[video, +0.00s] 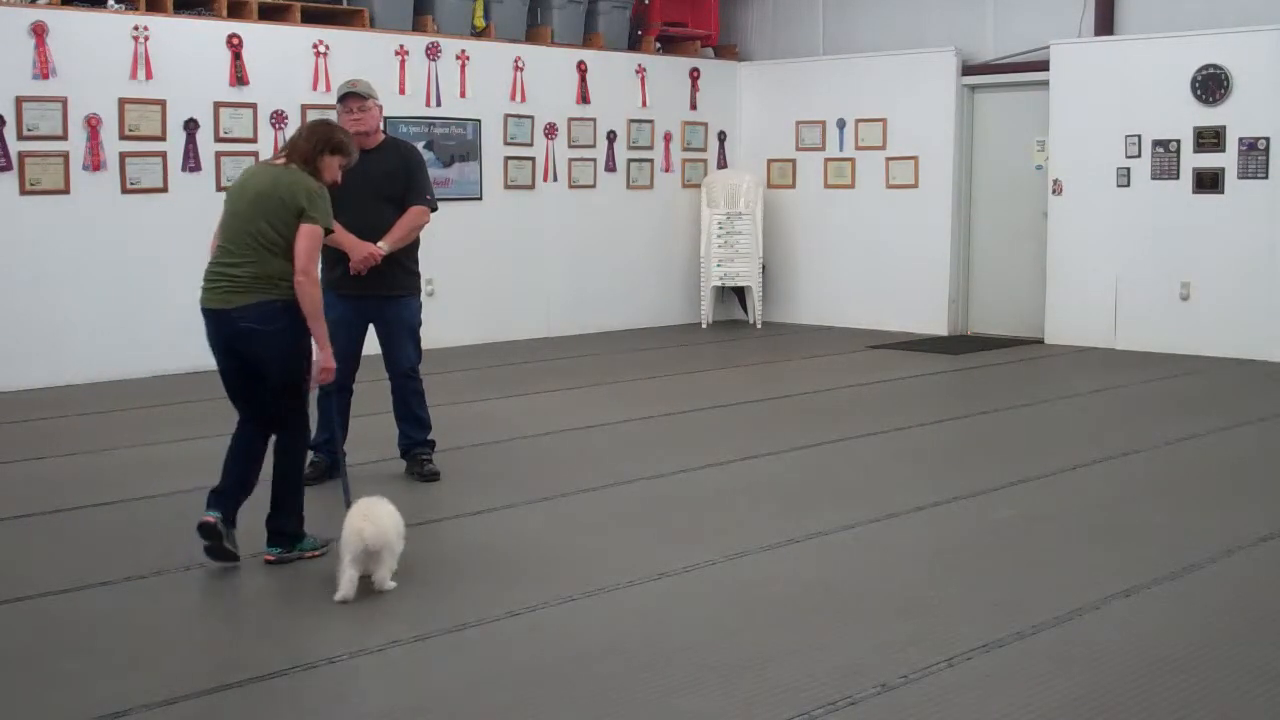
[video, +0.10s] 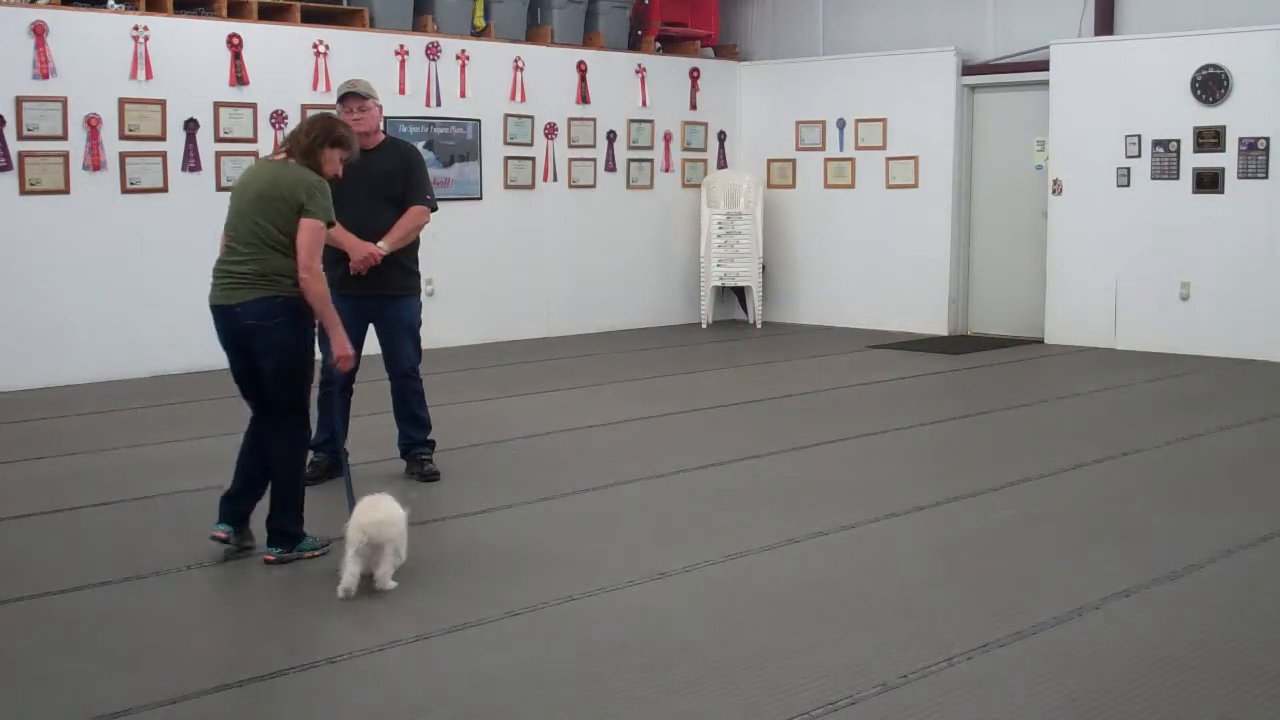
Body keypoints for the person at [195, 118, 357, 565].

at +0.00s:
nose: (340, 176)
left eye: (345, 167)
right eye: (340, 165)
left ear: (297, 151)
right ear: (318, 153)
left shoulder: (250, 176)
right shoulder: (314, 194)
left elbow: (218, 245)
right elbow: (305, 276)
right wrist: (324, 347)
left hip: (220, 312)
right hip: (273, 314)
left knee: (255, 417)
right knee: (293, 424)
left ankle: (219, 512)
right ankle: (286, 537)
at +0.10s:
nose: (340, 172)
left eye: (344, 163)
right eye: (339, 161)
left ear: (297, 145)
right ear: (317, 148)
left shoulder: (254, 173)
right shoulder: (313, 188)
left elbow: (230, 245)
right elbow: (309, 273)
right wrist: (337, 334)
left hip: (228, 308)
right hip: (277, 311)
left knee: (268, 415)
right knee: (290, 422)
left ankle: (232, 519)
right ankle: (285, 538)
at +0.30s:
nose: (339, 164)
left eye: (342, 155)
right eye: (338, 153)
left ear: (306, 140)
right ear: (317, 141)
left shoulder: (258, 172)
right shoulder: (305, 180)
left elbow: (259, 241)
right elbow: (300, 260)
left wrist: (310, 255)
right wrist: (342, 315)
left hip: (243, 305)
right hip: (283, 307)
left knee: (273, 413)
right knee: (294, 420)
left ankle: (256, 514)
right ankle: (285, 536)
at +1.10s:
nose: (343, 150)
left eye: (346, 141)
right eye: (340, 140)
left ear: (310, 133)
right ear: (316, 133)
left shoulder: (277, 170)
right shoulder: (303, 178)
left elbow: (305, 239)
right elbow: (292, 255)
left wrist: (351, 238)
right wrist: (345, 245)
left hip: (273, 298)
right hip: (299, 303)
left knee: (269, 408)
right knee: (311, 412)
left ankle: (256, 514)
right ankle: (315, 519)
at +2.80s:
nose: (363, 154)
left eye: (364, 146)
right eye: (358, 144)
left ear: (331, 140)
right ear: (335, 138)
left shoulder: (307, 177)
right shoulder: (314, 179)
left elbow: (331, 236)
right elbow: (317, 253)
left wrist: (356, 257)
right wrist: (348, 280)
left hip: (287, 306)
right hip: (303, 307)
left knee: (270, 414)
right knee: (351, 405)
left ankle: (256, 515)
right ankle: (375, 515)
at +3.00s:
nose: (414, 173)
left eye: (417, 166)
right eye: (411, 164)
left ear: (384, 153)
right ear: (388, 153)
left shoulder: (340, 181)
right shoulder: (367, 190)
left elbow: (332, 249)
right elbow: (363, 269)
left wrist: (375, 275)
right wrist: (377, 290)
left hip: (297, 306)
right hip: (329, 310)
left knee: (281, 413)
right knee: (373, 412)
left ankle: (256, 515)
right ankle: (391, 518)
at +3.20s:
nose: (465, 195)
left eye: (469, 188)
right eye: (464, 185)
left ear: (437, 171)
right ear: (444, 175)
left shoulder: (387, 187)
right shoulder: (413, 202)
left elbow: (362, 248)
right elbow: (402, 278)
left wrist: (397, 292)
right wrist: (400, 304)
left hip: (311, 296)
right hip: (347, 305)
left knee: (292, 404)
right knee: (382, 412)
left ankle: (261, 509)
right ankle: (391, 519)